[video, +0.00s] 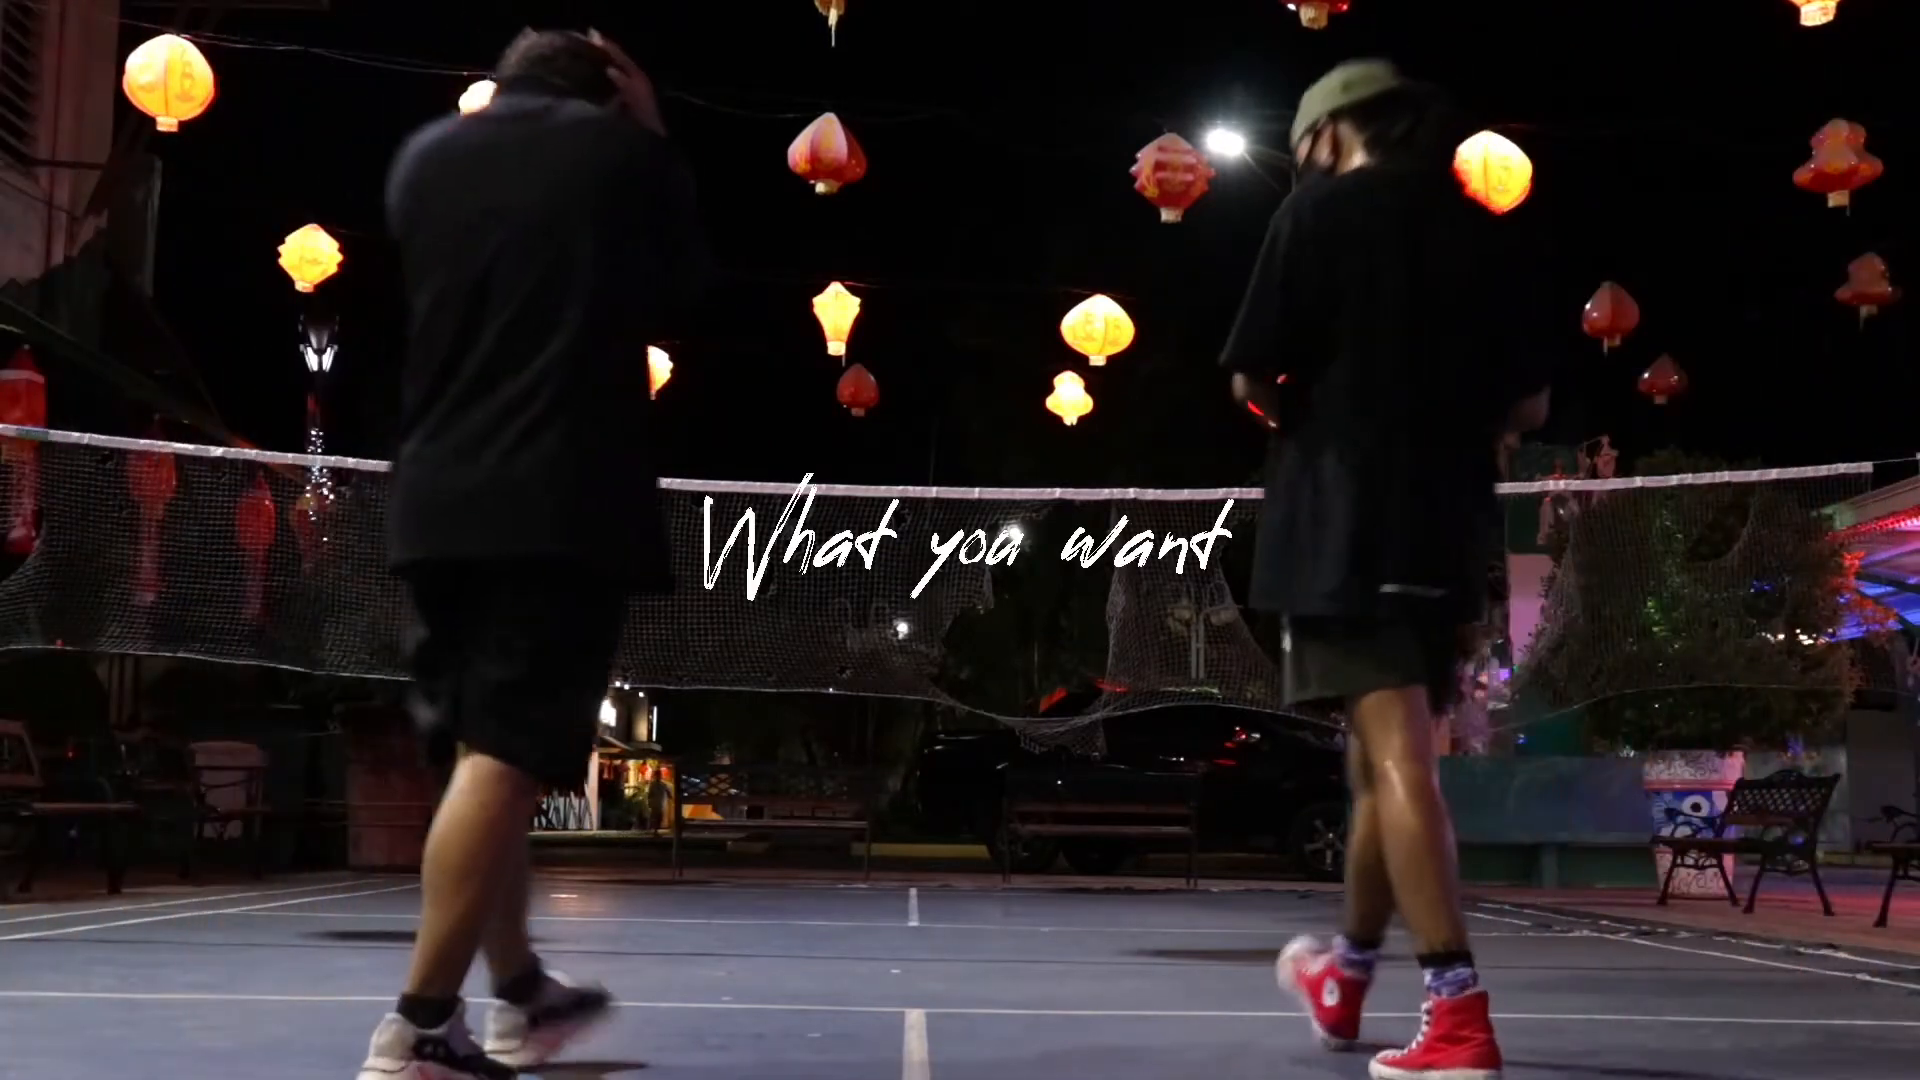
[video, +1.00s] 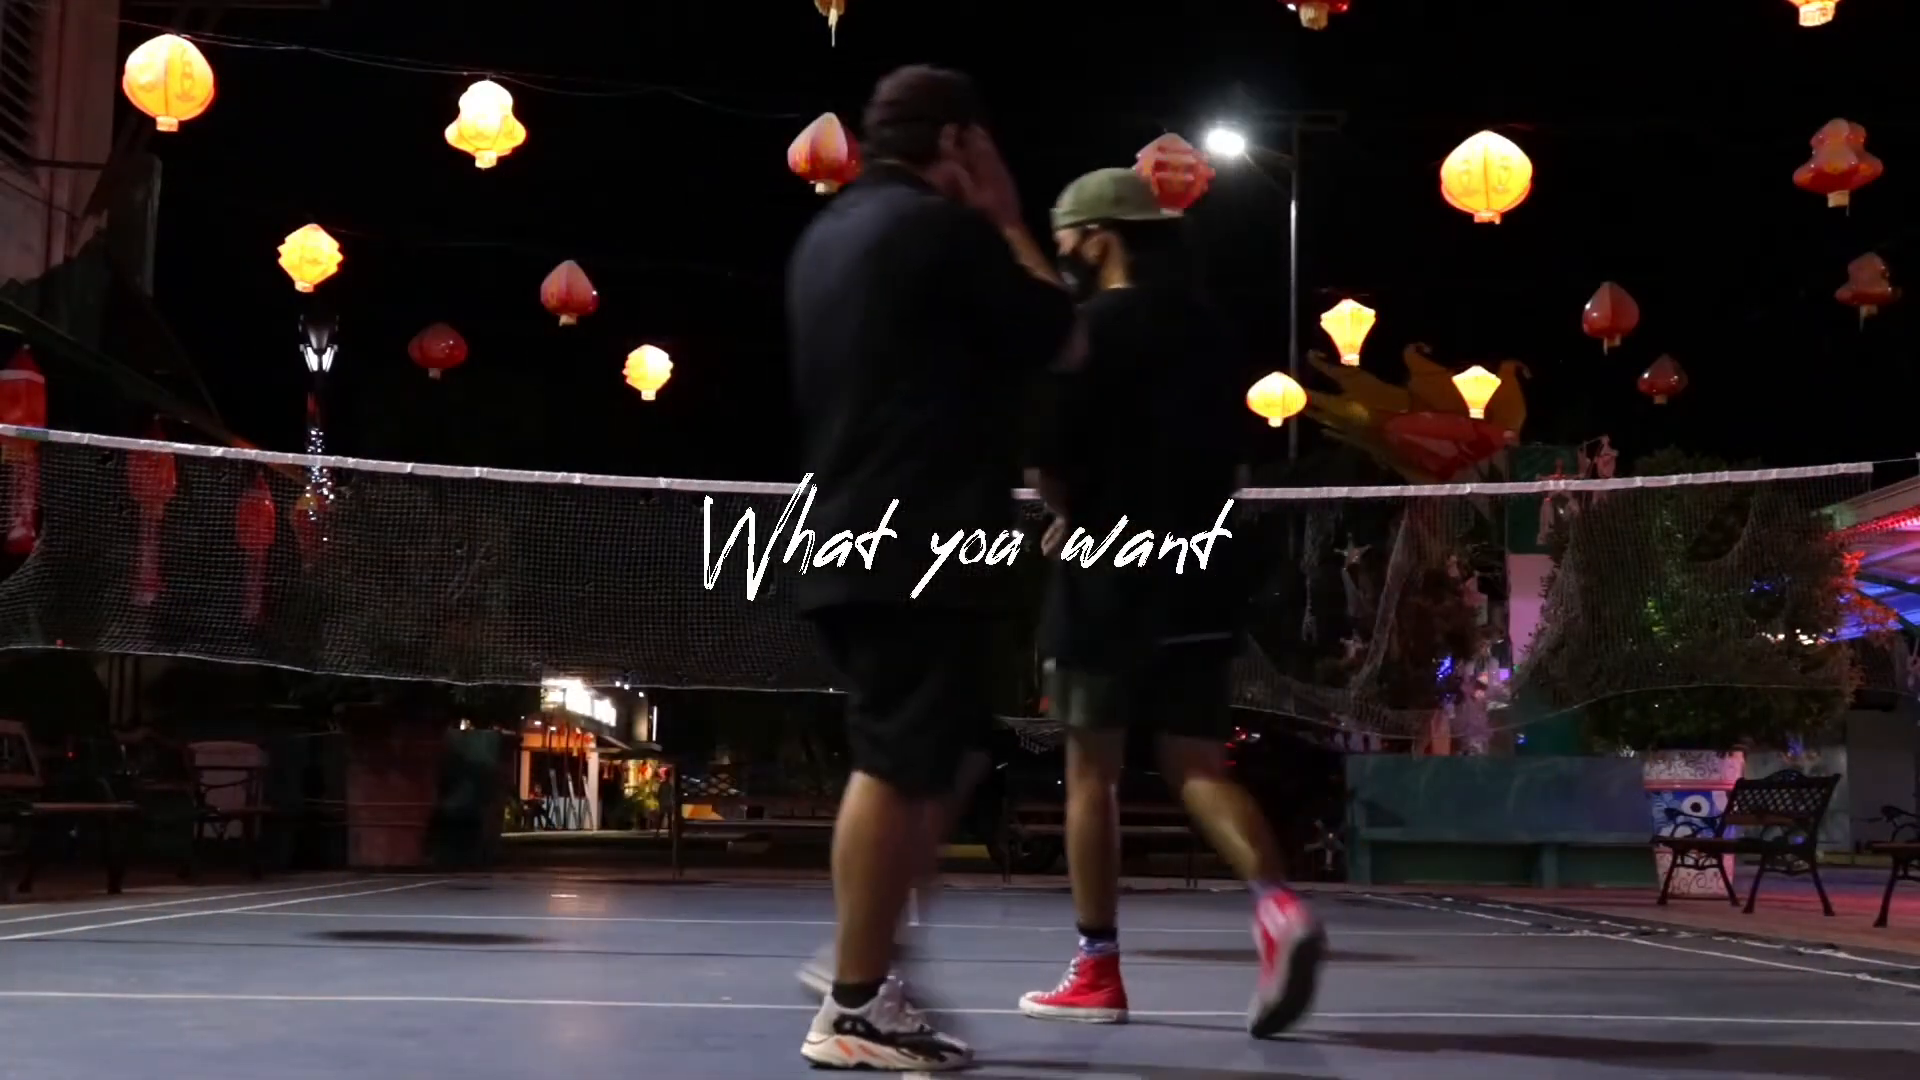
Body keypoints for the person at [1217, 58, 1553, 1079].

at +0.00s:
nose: (1309, 161)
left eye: (1310, 146)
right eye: (1308, 149)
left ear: (1335, 135)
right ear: (1416, 129)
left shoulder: (1316, 212)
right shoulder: (1480, 226)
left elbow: (1252, 366)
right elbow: (1528, 393)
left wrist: (1300, 415)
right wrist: (1465, 429)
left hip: (1344, 511)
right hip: (1448, 514)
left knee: (1402, 761)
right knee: (1386, 757)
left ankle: (1456, 1012)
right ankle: (1343, 979)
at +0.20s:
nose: (1277, 199)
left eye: (1276, 185)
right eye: (1276, 187)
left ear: (1300, 172)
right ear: (1367, 165)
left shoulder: (1277, 248)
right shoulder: (1436, 254)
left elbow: (1222, 406)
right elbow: (1475, 429)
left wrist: (1279, 474)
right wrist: (1396, 465)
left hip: (1305, 521)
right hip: (1400, 524)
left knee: (1341, 754)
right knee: (1341, 756)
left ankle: (1427, 966)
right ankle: (1326, 989)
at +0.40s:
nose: (1240, 203)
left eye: (1242, 190)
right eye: (1239, 191)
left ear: (1267, 180)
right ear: (1330, 177)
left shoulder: (1257, 253)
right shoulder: (1388, 264)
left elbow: (1218, 412)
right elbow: (1420, 420)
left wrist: (1219, 482)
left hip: (1268, 548)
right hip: (1358, 553)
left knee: (1203, 736)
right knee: (1323, 759)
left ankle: (1321, 883)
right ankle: (1327, 1001)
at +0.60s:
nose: (1192, 225)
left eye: (1194, 209)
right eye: (1189, 211)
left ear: (1227, 197)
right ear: (1272, 195)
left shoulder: (1223, 275)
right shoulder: (1332, 281)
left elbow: (1187, 422)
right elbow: (1327, 423)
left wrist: (1177, 486)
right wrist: (1187, 475)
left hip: (1230, 551)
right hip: (1331, 551)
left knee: (1158, 735)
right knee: (1311, 758)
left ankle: (1168, 961)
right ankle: (1325, 987)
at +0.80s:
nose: (1130, 246)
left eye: (1135, 229)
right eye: (1129, 230)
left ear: (1171, 224)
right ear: (1208, 223)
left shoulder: (1164, 309)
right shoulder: (1271, 311)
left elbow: (1137, 455)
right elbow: (1273, 447)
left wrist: (1119, 504)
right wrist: (1132, 497)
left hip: (1178, 578)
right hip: (1273, 572)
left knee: (1139, 768)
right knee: (1285, 773)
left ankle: (1106, 965)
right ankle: (1318, 983)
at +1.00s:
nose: (1062, 254)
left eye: (1068, 240)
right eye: (1063, 240)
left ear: (1101, 239)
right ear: (1144, 238)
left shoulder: (1098, 325)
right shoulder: (1207, 323)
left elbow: (1057, 449)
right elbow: (1227, 448)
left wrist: (1073, 512)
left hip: (1105, 570)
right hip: (1200, 566)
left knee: (1089, 766)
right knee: (1195, 762)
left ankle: (1095, 972)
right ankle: (1278, 907)